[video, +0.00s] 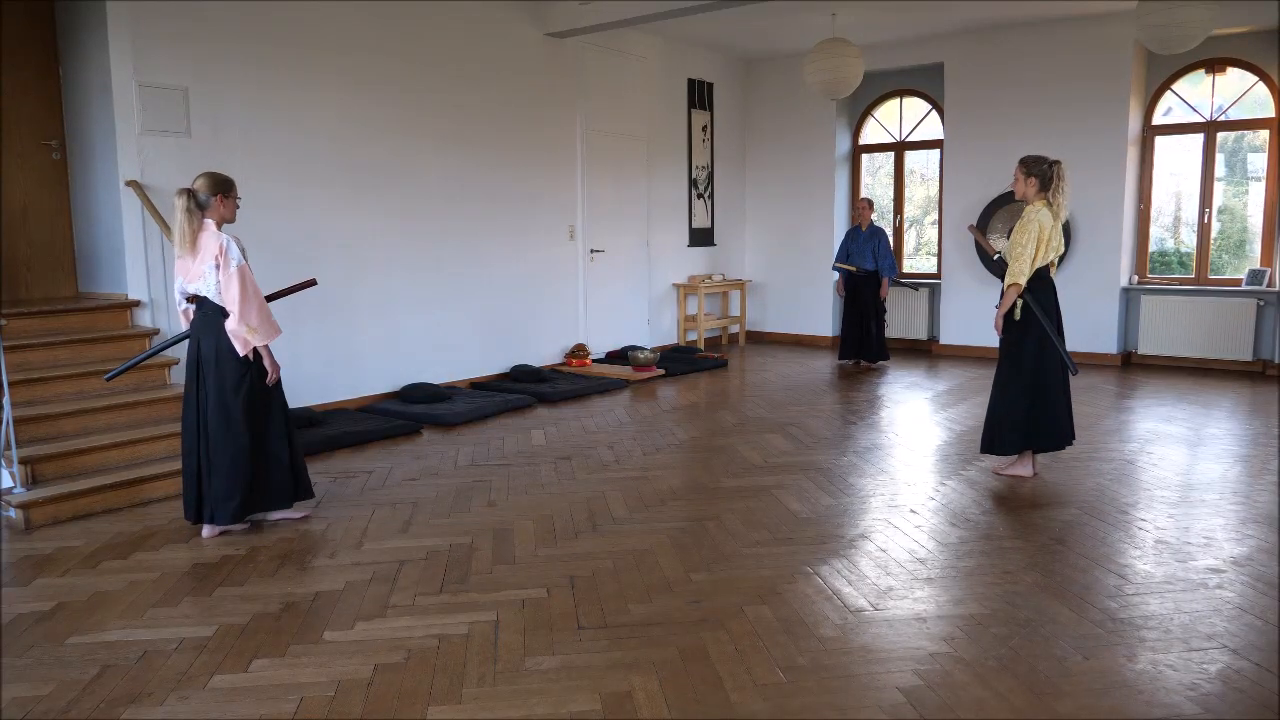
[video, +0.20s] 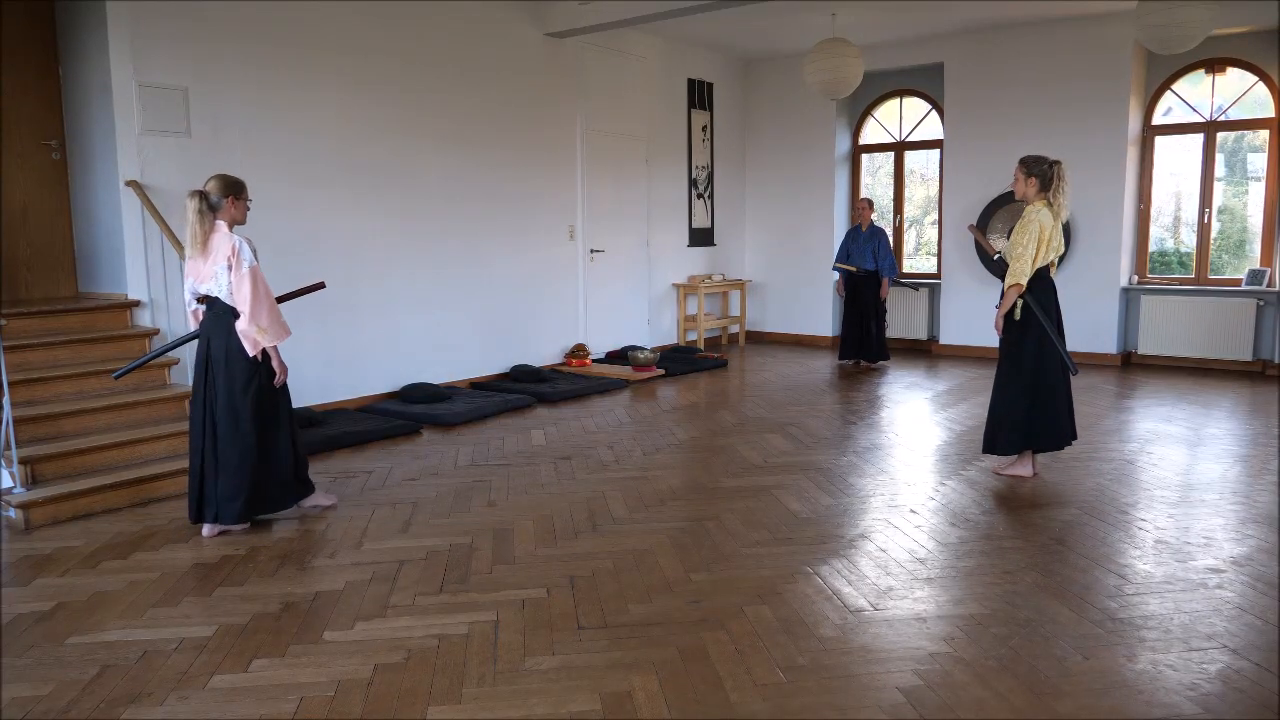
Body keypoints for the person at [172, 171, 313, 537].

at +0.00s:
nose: (237, 206)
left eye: (236, 199)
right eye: (234, 200)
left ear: (203, 202)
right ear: (219, 202)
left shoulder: (186, 245)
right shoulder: (224, 244)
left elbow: (185, 303)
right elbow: (242, 304)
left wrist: (201, 334)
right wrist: (264, 349)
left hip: (201, 340)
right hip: (232, 339)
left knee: (213, 425)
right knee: (260, 415)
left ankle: (216, 515)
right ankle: (276, 502)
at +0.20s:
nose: (248, 207)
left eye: (247, 201)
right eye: (245, 201)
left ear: (216, 204)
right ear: (230, 204)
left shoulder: (196, 247)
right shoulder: (236, 245)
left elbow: (195, 306)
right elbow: (252, 305)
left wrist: (211, 335)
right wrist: (272, 351)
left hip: (211, 341)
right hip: (241, 339)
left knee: (217, 425)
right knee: (273, 413)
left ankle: (216, 515)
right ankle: (303, 492)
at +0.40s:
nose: (266, 209)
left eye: (266, 203)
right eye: (264, 203)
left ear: (236, 205)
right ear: (249, 204)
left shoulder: (215, 248)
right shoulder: (255, 244)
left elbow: (212, 306)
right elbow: (270, 303)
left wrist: (229, 333)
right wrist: (288, 349)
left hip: (226, 339)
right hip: (257, 339)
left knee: (227, 422)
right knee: (281, 413)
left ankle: (217, 512)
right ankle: (304, 494)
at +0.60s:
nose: (288, 205)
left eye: (286, 199)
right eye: (285, 200)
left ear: (256, 203)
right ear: (271, 202)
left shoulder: (237, 245)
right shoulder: (280, 242)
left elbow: (236, 301)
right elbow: (294, 299)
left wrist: (252, 327)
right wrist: (312, 344)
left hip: (251, 332)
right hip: (281, 332)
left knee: (247, 413)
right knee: (298, 411)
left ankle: (221, 500)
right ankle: (306, 493)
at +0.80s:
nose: (305, 204)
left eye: (304, 199)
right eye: (302, 199)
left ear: (275, 201)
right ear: (289, 201)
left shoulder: (254, 244)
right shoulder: (298, 240)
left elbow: (256, 298)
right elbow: (314, 297)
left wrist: (273, 324)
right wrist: (333, 339)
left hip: (272, 330)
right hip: (302, 330)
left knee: (275, 406)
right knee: (309, 408)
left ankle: (254, 486)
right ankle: (305, 493)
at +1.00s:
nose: (321, 205)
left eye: (320, 200)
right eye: (319, 200)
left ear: (292, 202)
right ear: (305, 201)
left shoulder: (272, 242)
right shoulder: (314, 239)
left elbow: (272, 296)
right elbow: (327, 295)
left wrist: (290, 323)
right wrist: (346, 337)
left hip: (289, 329)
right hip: (316, 329)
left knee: (297, 408)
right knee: (319, 409)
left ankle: (301, 488)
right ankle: (312, 492)